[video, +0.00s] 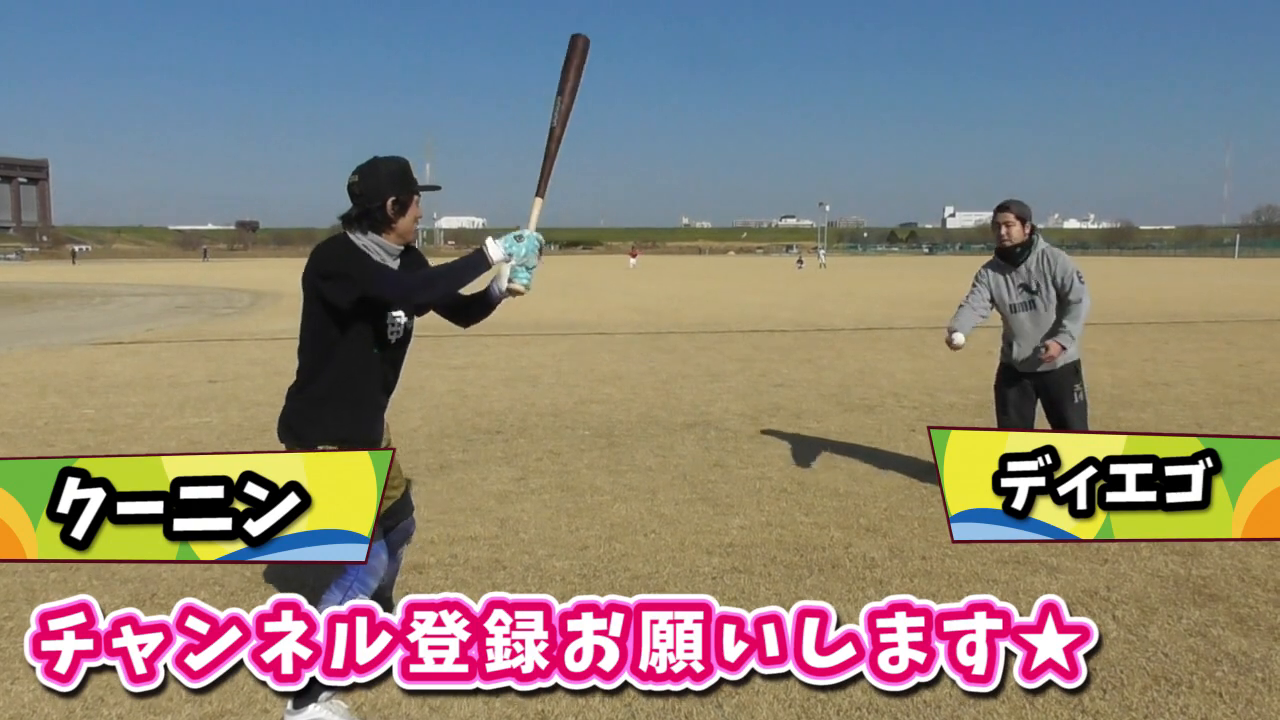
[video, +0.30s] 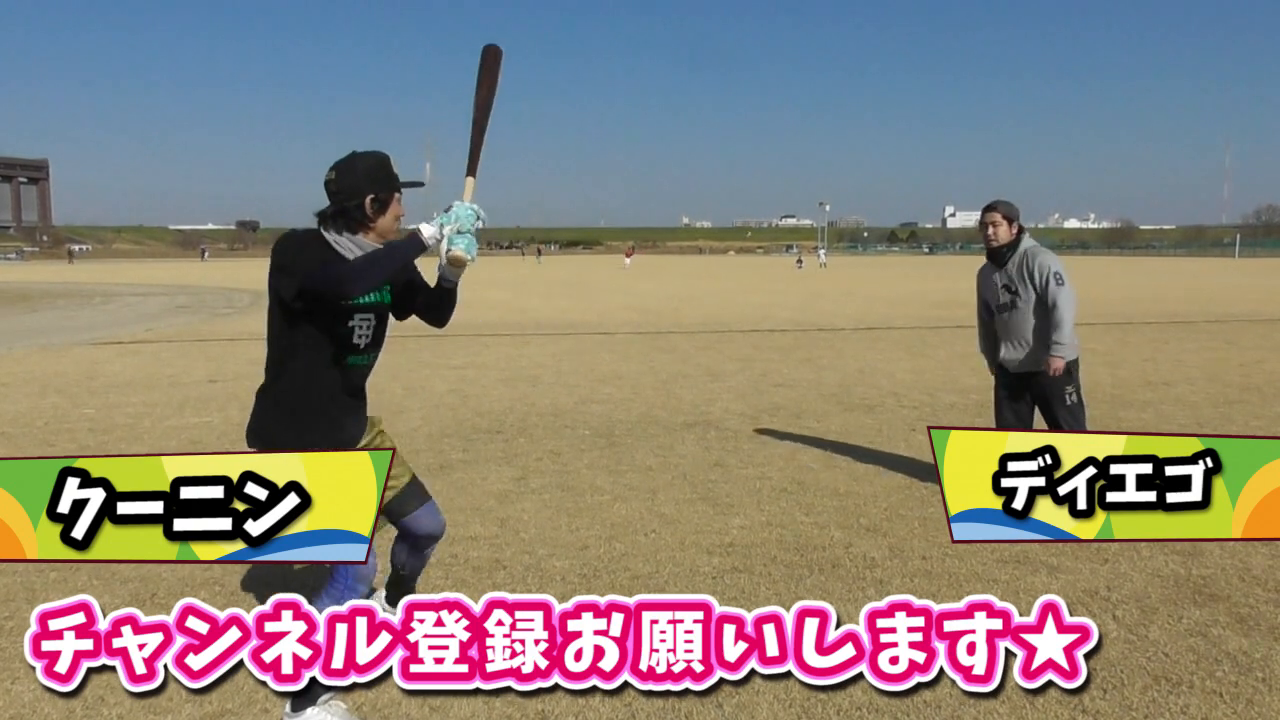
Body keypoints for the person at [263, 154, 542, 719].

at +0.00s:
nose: (422, 213)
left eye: (420, 203)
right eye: (417, 203)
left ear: (386, 208)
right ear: (393, 207)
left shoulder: (402, 261)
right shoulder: (336, 255)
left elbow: (464, 311)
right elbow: (402, 291)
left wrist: (504, 282)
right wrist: (491, 253)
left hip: (365, 431)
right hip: (322, 435)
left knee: (399, 525)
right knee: (369, 561)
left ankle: (365, 628)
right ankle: (309, 690)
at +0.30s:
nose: (403, 210)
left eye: (403, 201)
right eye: (398, 201)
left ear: (361, 205)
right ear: (373, 204)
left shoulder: (389, 258)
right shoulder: (298, 248)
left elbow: (437, 313)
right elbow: (344, 282)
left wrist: (451, 269)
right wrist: (424, 235)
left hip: (352, 431)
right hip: (297, 441)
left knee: (425, 525)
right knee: (353, 568)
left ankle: (394, 605)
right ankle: (307, 697)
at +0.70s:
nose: (397, 208)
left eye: (397, 200)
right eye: (390, 199)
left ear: (376, 206)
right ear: (357, 204)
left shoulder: (389, 256)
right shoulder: (278, 246)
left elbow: (403, 319)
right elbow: (257, 299)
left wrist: (364, 275)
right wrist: (338, 254)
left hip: (360, 415)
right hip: (294, 422)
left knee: (415, 485)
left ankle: (438, 619)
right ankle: (306, 694)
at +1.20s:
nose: (446, 235)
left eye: (444, 225)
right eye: (437, 227)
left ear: (413, 233)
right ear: (407, 233)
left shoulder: (439, 279)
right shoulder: (337, 263)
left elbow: (411, 329)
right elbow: (260, 323)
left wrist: (349, 299)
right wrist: (312, 275)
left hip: (407, 428)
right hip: (344, 440)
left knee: (477, 520)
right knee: (368, 563)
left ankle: (474, 588)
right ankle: (308, 696)